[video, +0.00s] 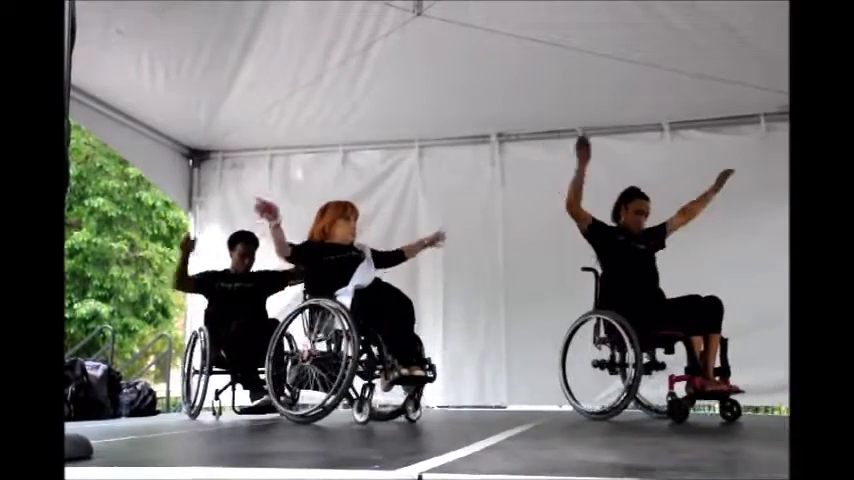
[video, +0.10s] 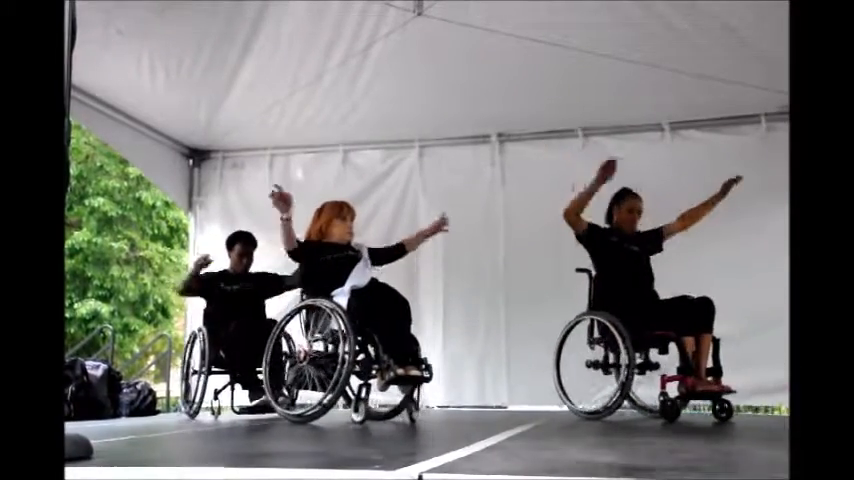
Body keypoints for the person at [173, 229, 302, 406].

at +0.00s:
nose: (248, 261)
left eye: (252, 256)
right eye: (243, 255)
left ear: (255, 255)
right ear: (231, 253)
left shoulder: (262, 280)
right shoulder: (214, 280)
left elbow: (299, 274)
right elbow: (181, 283)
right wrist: (185, 254)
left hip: (255, 342)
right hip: (223, 346)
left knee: (273, 325)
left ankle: (277, 392)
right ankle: (257, 393)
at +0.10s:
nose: (247, 260)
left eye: (250, 255)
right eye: (242, 255)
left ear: (254, 255)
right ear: (230, 254)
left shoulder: (260, 281)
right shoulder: (214, 281)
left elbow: (293, 281)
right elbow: (185, 290)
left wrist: (310, 262)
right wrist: (196, 269)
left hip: (255, 341)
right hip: (224, 344)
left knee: (272, 327)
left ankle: (276, 393)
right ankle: (255, 392)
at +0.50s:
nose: (248, 266)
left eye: (252, 261)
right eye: (244, 261)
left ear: (255, 262)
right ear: (232, 259)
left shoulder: (259, 291)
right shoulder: (214, 287)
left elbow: (282, 319)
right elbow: (186, 310)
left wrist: (289, 344)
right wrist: (193, 332)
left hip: (249, 346)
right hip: (216, 348)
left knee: (273, 331)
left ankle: (272, 394)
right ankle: (256, 395)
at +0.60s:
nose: (251, 269)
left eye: (254, 265)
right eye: (246, 264)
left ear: (257, 264)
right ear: (234, 262)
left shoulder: (260, 293)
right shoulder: (213, 288)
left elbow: (281, 321)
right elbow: (185, 311)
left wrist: (288, 346)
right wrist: (192, 332)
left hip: (248, 346)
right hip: (215, 348)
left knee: (270, 332)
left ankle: (273, 395)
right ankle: (254, 394)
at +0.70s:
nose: (252, 273)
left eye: (256, 269)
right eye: (248, 268)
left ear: (259, 268)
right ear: (236, 266)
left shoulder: (261, 295)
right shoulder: (214, 288)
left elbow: (280, 323)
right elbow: (183, 306)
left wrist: (286, 348)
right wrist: (191, 330)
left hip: (245, 349)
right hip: (213, 350)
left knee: (268, 334)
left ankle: (270, 393)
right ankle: (251, 393)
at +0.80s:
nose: (253, 276)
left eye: (257, 272)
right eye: (249, 271)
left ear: (261, 271)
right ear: (237, 269)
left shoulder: (262, 297)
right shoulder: (215, 289)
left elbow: (280, 323)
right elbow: (184, 304)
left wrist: (285, 346)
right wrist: (190, 329)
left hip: (244, 351)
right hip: (212, 352)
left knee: (270, 334)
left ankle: (269, 392)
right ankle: (252, 392)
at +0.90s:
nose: (255, 278)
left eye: (259, 274)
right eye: (251, 273)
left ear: (262, 273)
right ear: (239, 270)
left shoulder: (264, 297)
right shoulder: (215, 290)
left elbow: (281, 323)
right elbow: (184, 304)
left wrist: (285, 347)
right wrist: (192, 329)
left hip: (245, 351)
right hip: (213, 352)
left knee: (272, 339)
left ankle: (272, 395)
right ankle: (255, 394)